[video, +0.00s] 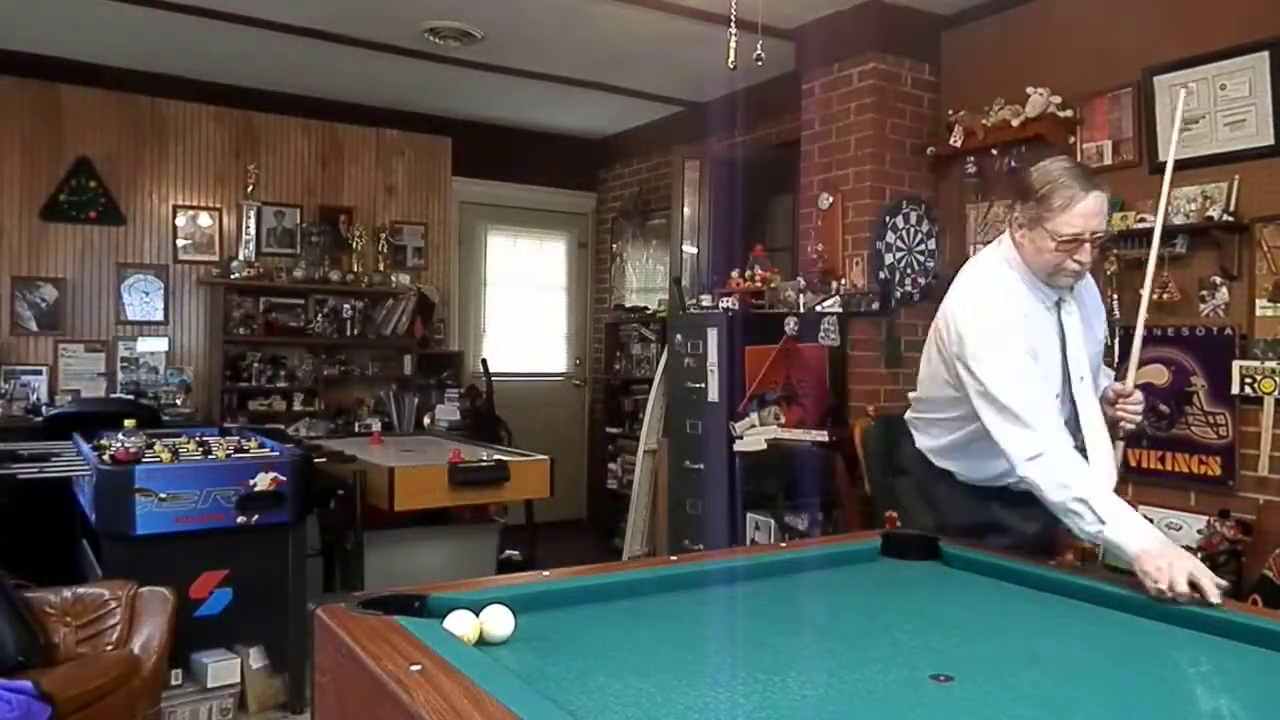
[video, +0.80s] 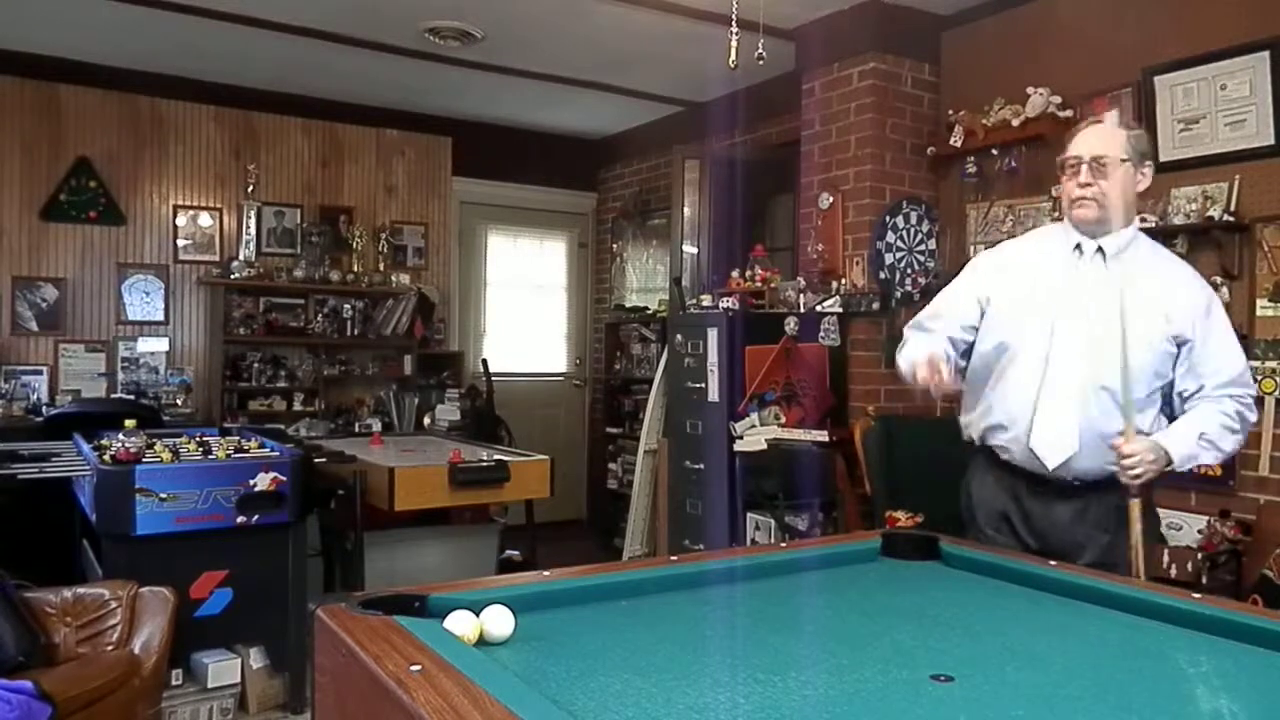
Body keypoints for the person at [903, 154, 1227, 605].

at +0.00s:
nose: (1085, 259)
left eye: (1095, 242)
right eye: (1069, 242)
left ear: (1103, 234)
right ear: (1020, 227)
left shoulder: (1077, 282)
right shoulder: (984, 306)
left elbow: (1085, 368)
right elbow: (1039, 453)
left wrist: (1107, 396)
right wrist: (1146, 545)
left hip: (1036, 497)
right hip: (957, 499)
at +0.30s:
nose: (1087, 231)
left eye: (1098, 212)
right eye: (1067, 214)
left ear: (1107, 207)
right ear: (1022, 210)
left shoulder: (1098, 274)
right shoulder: (986, 296)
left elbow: (1116, 360)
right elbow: (1005, 448)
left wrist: (1138, 398)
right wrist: (1118, 514)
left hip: (1066, 492)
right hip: (979, 499)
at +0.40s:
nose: (1082, 219)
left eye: (1093, 200)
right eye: (1062, 204)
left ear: (1105, 196)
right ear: (1021, 204)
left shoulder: (1110, 271)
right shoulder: (982, 288)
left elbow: (1136, 356)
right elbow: (968, 433)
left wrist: (1150, 400)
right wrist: (1069, 507)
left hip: (1081, 494)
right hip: (988, 501)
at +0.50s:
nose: (1072, 204)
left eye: (1086, 186)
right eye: (1053, 190)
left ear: (1104, 189)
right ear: (1021, 195)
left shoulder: (1122, 272)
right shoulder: (980, 281)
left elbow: (1154, 357)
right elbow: (941, 416)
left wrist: (1160, 406)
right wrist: (1019, 494)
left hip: (1099, 505)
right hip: (996, 510)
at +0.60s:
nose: (1063, 192)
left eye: (1079, 175)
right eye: (1046, 179)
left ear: (1108, 180)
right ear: (1026, 189)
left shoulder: (1142, 280)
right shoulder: (979, 276)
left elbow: (1181, 371)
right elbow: (924, 388)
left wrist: (1180, 416)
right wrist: (975, 464)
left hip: (1105, 510)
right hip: (996, 509)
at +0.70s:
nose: (1068, 183)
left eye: (1085, 168)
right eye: (1053, 172)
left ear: (1121, 175)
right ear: (1040, 185)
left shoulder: (1161, 284)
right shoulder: (991, 268)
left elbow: (1208, 385)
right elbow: (919, 360)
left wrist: (1178, 432)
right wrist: (939, 417)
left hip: (1107, 510)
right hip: (996, 499)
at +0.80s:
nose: (1082, 180)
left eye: (1101, 165)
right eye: (1071, 168)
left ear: (1141, 177)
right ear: (1059, 182)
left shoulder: (1179, 288)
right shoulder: (1004, 264)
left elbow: (1229, 399)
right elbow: (928, 334)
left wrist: (1166, 450)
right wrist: (928, 359)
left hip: (1107, 513)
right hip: (999, 500)